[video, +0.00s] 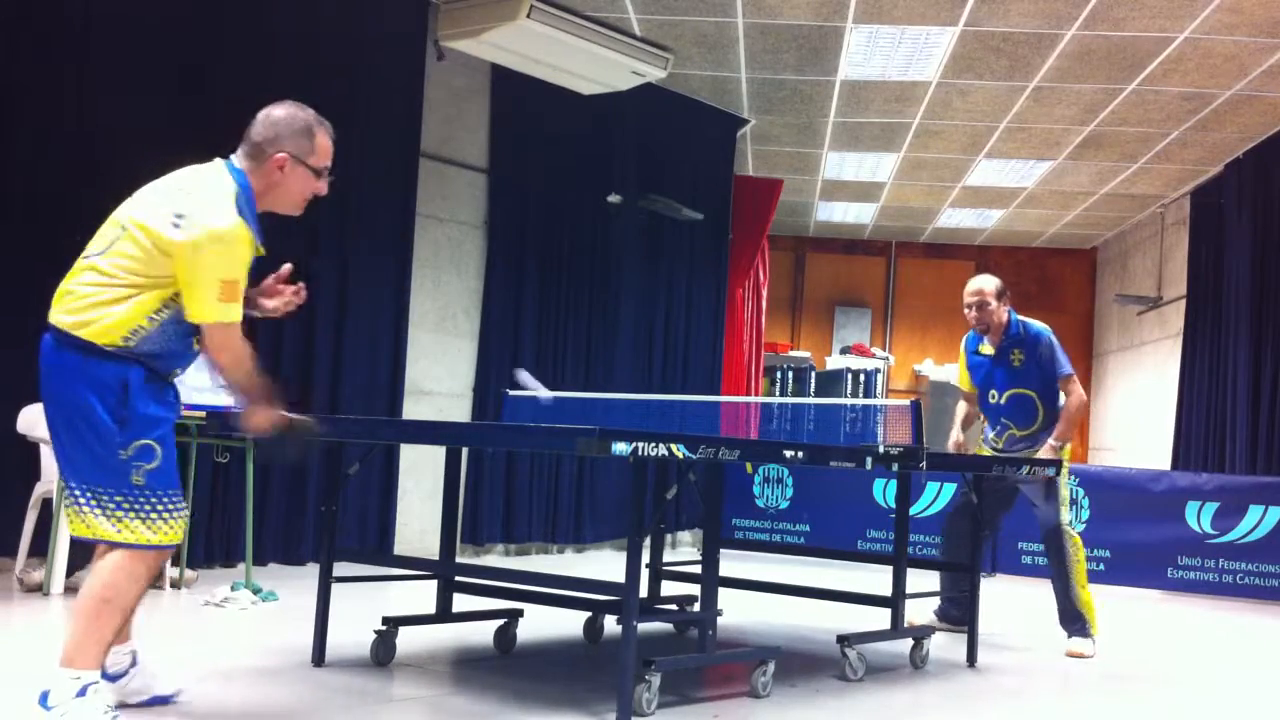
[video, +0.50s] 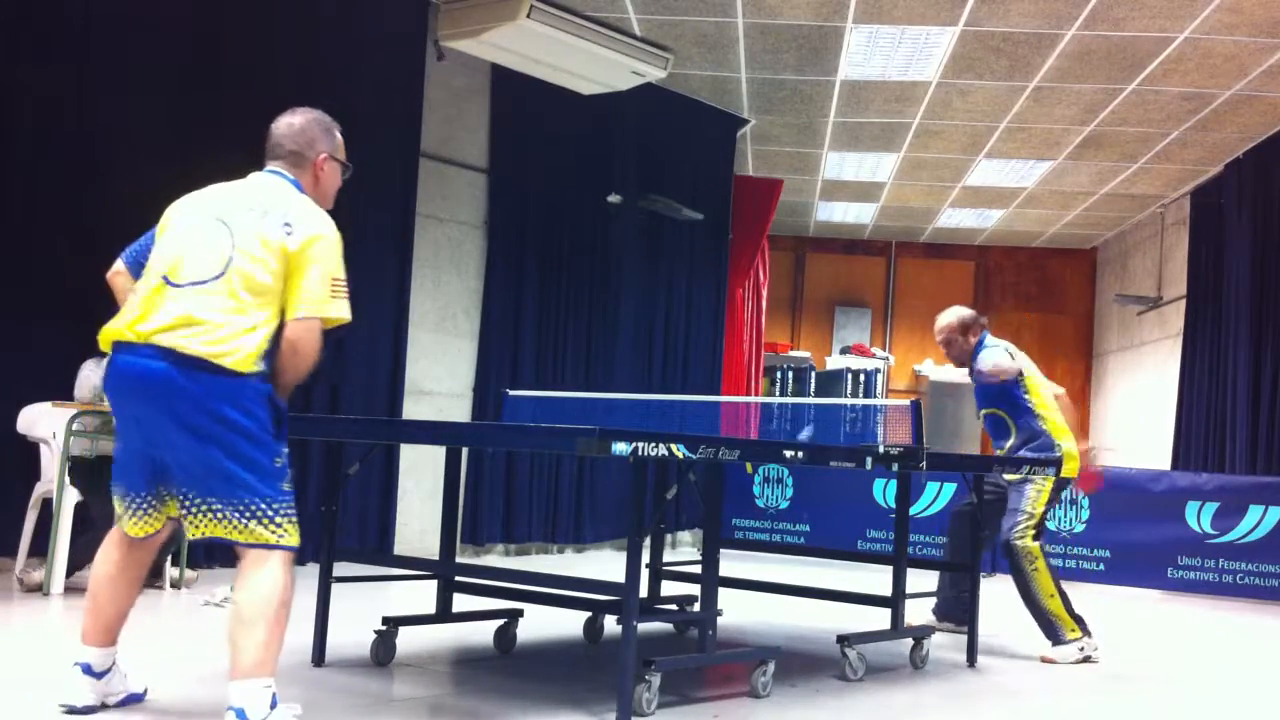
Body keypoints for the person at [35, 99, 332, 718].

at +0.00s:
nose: (323, 188)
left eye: (326, 174)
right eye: (319, 172)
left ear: (270, 160)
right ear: (278, 162)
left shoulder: (212, 187)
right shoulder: (219, 220)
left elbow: (170, 288)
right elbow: (222, 344)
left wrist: (247, 302)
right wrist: (260, 400)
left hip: (116, 358)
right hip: (102, 360)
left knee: (143, 525)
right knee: (146, 533)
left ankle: (113, 666)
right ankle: (67, 688)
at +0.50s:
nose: (339, 182)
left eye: (342, 171)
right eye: (340, 170)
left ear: (273, 158)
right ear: (319, 165)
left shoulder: (202, 199)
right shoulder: (311, 223)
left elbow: (122, 273)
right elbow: (303, 338)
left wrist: (162, 342)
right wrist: (273, 395)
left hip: (133, 368)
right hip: (218, 382)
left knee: (141, 519)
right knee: (269, 541)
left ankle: (93, 672)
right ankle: (253, 703)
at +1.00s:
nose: (338, 183)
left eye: (340, 171)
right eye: (337, 170)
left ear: (268, 161)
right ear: (315, 167)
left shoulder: (204, 211)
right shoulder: (291, 226)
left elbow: (140, 305)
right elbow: (265, 321)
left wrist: (239, 325)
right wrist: (306, 361)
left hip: (130, 391)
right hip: (203, 401)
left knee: (153, 529)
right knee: (297, 549)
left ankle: (79, 673)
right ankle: (254, 703)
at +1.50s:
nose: (297, 161)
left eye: (298, 148)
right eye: (296, 147)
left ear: (223, 142)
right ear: (273, 145)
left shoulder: (154, 197)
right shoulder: (270, 226)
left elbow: (102, 289)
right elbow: (366, 292)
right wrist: (449, 256)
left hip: (103, 390)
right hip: (183, 401)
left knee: (134, 519)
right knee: (286, 540)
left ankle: (35, 661)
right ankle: (252, 702)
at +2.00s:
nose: (216, 127)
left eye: (217, 115)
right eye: (216, 115)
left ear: (145, 112)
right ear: (199, 116)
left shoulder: (77, 172)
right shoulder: (193, 180)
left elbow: (20, 272)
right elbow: (197, 283)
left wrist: (75, 323)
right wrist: (230, 335)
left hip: (45, 366)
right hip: (129, 369)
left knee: (49, 527)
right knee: (171, 541)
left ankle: (1, 675)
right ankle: (140, 710)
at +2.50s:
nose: (252, 117)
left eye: (252, 104)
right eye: (248, 103)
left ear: (192, 106)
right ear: (221, 109)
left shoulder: (164, 169)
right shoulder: (159, 182)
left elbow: (160, 294)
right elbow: (119, 299)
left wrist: (224, 339)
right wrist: (227, 339)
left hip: (108, 377)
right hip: (113, 381)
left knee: (108, 539)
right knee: (179, 551)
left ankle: (15, 671)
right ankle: (87, 708)